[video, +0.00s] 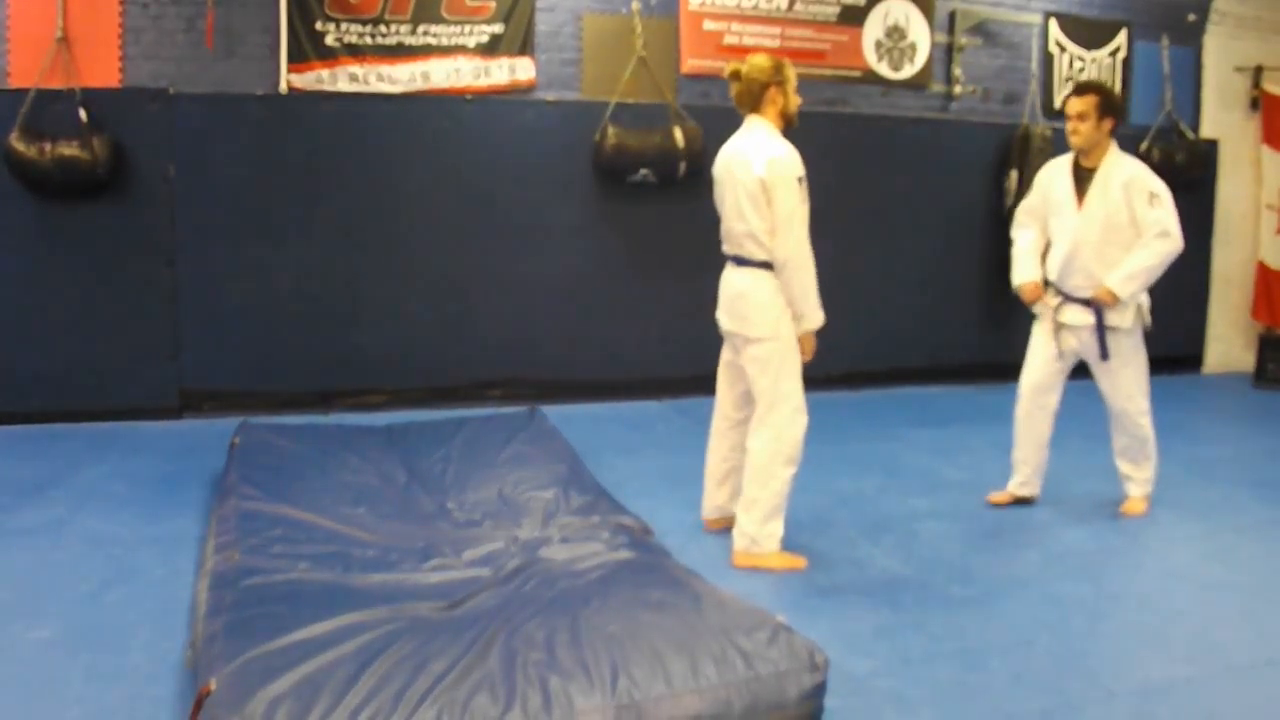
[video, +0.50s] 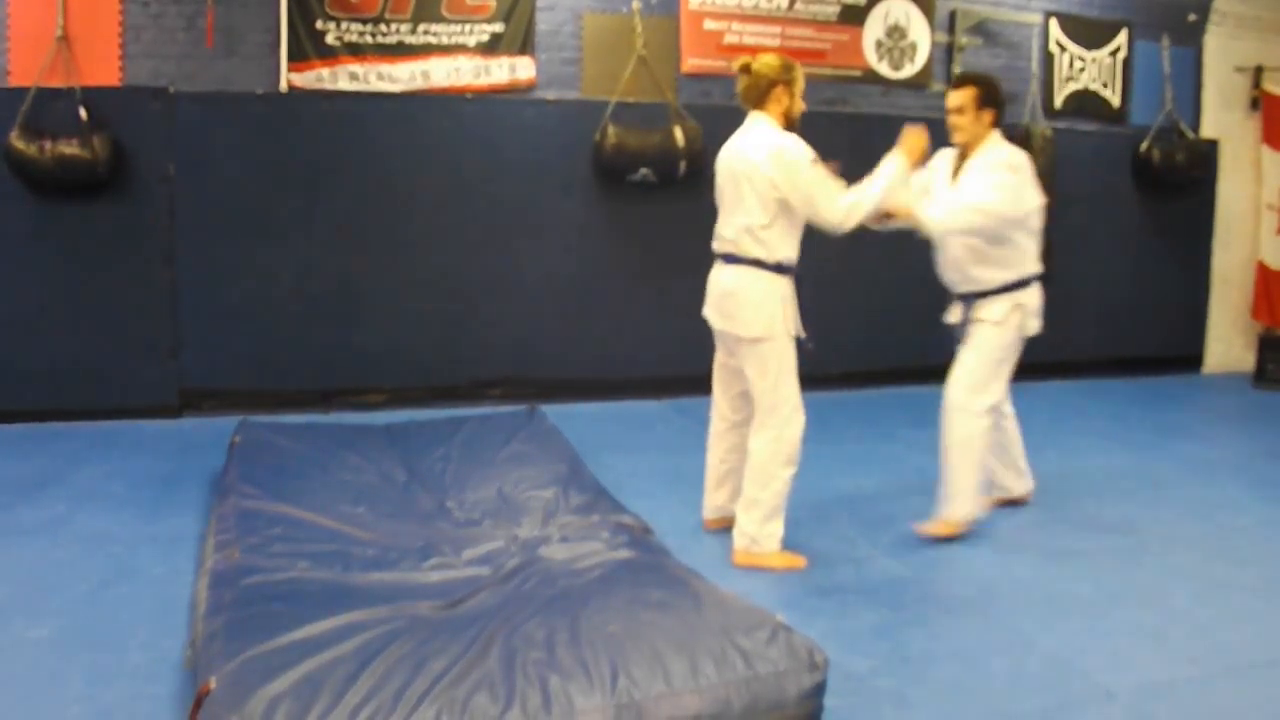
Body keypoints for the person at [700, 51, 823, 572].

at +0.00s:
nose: (797, 99)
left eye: (794, 90)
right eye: (793, 91)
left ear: (747, 96)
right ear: (777, 95)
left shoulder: (730, 150)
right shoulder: (780, 156)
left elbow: (733, 232)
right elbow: (792, 247)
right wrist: (807, 320)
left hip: (734, 278)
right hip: (767, 287)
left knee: (734, 403)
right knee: (783, 415)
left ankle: (719, 507)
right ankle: (756, 542)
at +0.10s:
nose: (797, 99)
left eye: (794, 90)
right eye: (793, 91)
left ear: (749, 95)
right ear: (776, 95)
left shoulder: (732, 149)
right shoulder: (779, 156)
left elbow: (735, 231)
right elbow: (790, 248)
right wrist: (812, 320)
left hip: (735, 277)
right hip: (766, 286)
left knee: (735, 403)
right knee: (784, 414)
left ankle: (720, 506)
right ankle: (756, 541)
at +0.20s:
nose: (797, 99)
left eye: (794, 90)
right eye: (793, 91)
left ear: (750, 96)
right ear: (776, 96)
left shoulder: (734, 148)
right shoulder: (778, 156)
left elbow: (735, 229)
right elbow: (794, 246)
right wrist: (818, 321)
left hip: (736, 277)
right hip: (767, 285)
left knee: (736, 402)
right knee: (784, 414)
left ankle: (720, 506)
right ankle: (756, 541)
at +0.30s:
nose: (798, 99)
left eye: (795, 90)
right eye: (794, 90)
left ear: (753, 96)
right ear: (776, 95)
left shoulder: (733, 148)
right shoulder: (778, 155)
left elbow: (734, 228)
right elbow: (796, 244)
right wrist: (826, 314)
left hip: (736, 278)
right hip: (768, 285)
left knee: (735, 401)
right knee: (783, 414)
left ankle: (721, 505)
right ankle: (757, 540)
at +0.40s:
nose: (799, 100)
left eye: (795, 91)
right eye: (794, 92)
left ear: (752, 96)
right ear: (778, 95)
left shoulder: (731, 149)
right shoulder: (779, 154)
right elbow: (800, 241)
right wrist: (876, 254)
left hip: (733, 283)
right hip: (767, 291)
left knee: (734, 404)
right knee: (782, 416)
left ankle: (720, 506)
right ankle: (756, 541)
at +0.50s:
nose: (800, 101)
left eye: (797, 93)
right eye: (796, 93)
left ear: (753, 95)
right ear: (781, 95)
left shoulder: (733, 145)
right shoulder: (785, 152)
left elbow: (761, 201)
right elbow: (838, 214)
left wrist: (810, 176)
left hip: (724, 282)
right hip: (763, 291)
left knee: (730, 405)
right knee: (781, 417)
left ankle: (720, 506)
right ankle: (756, 541)